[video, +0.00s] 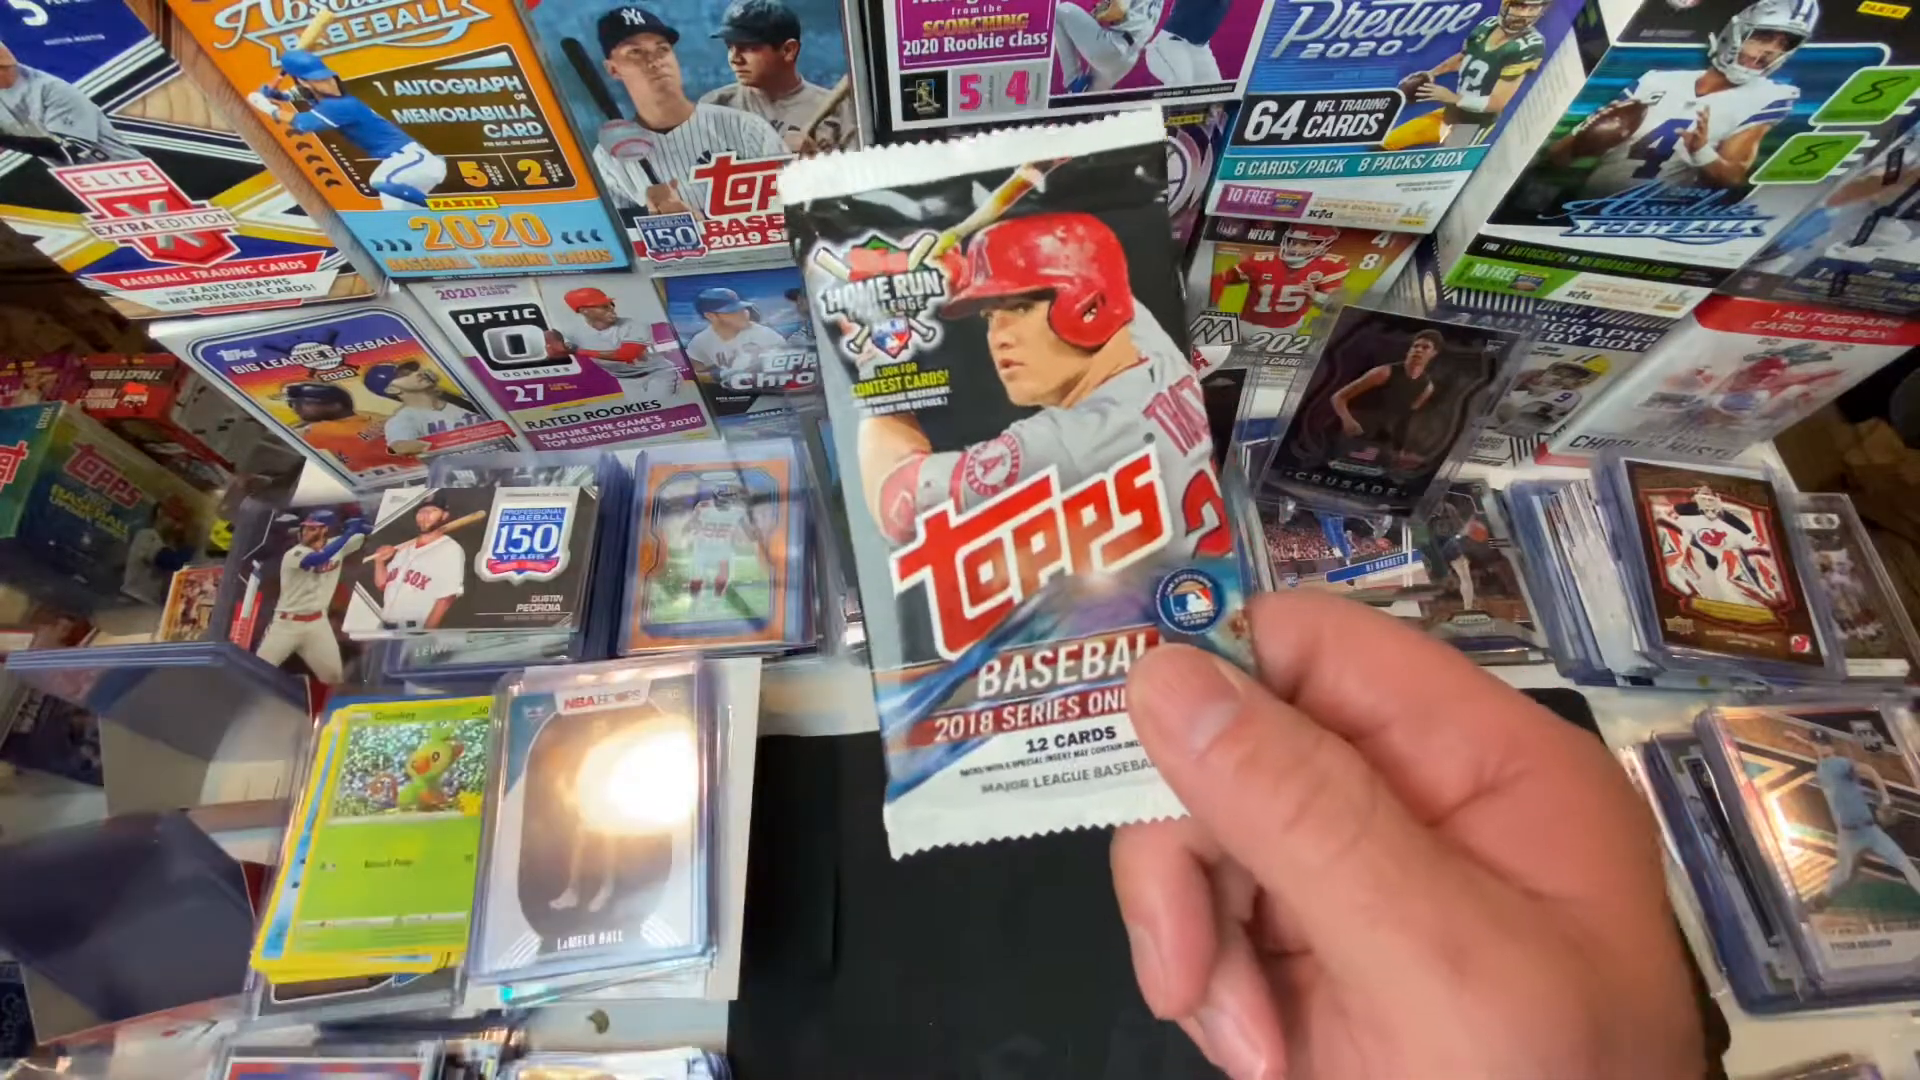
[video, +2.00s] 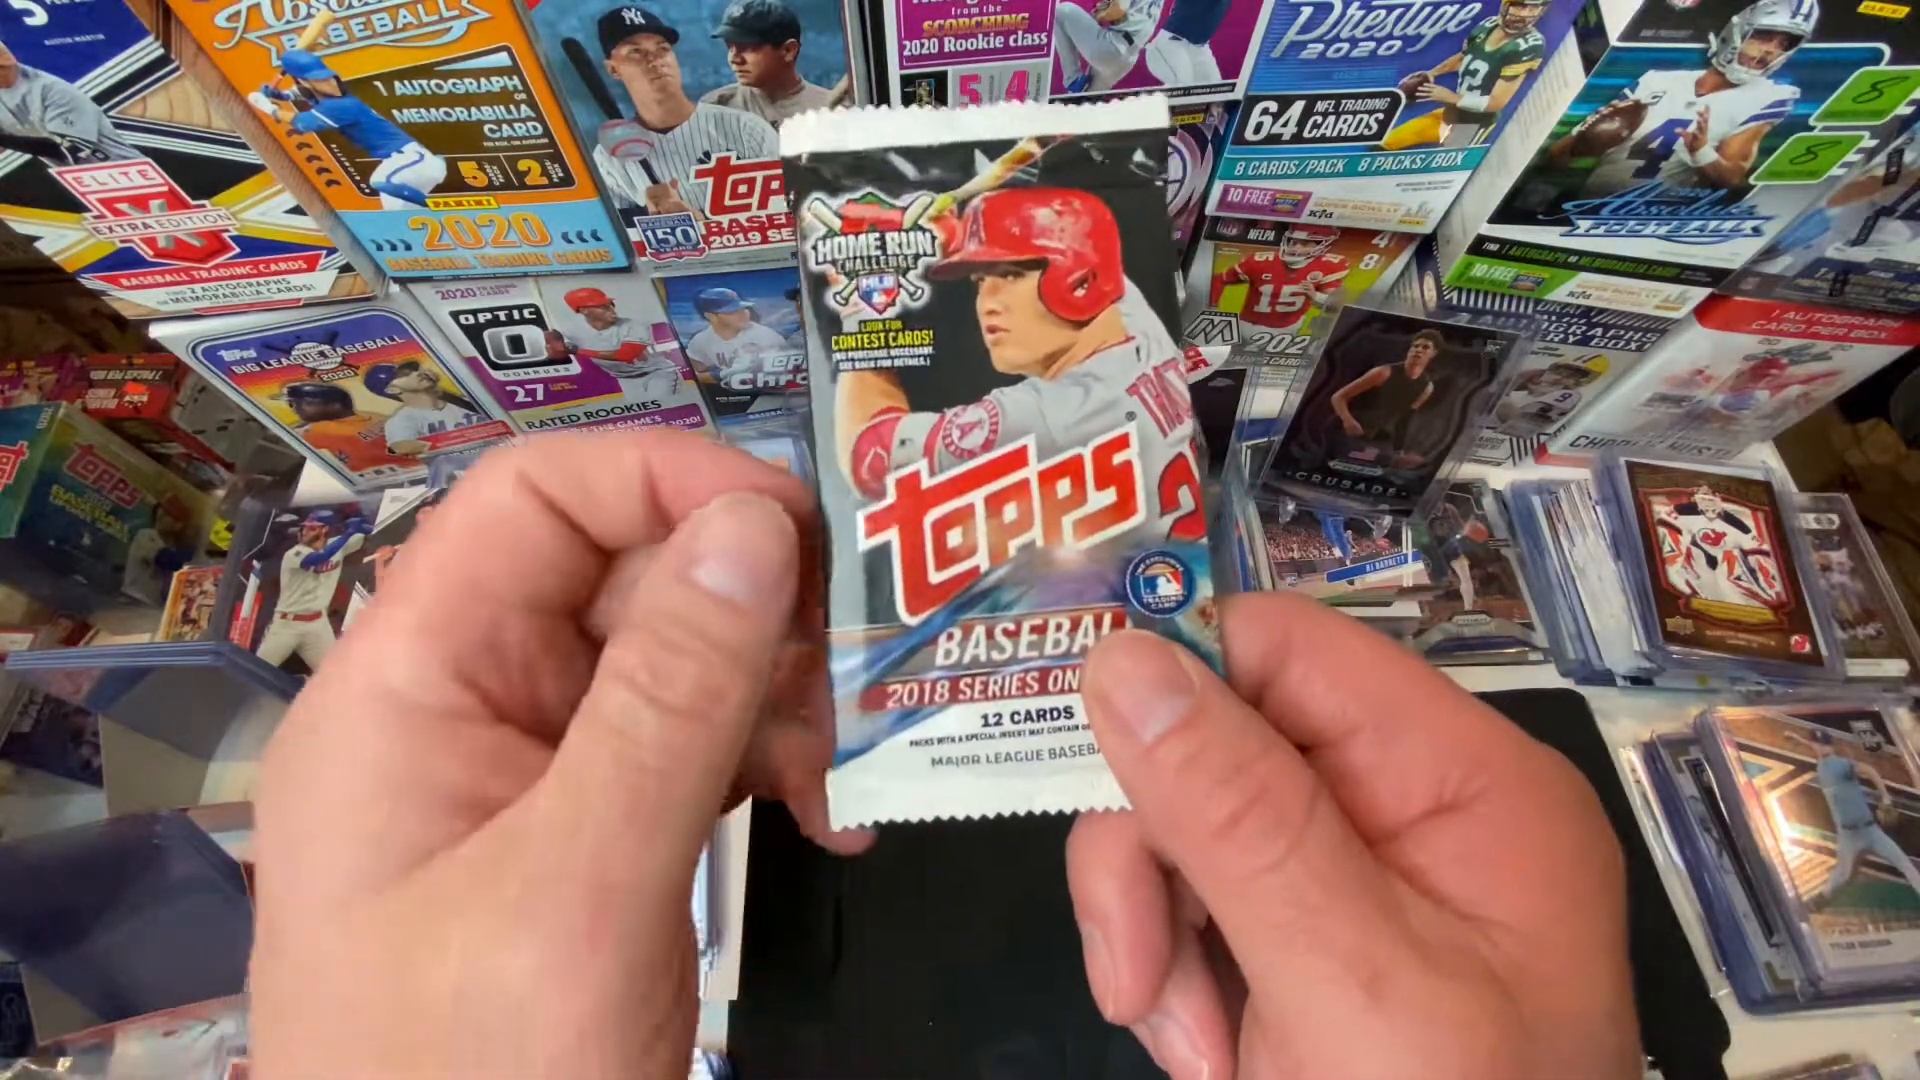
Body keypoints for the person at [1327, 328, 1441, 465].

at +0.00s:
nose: (1418, 350)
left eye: (1425, 347)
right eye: (1416, 346)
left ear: (1434, 354)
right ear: (1410, 349)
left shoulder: (1427, 388)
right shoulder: (1384, 373)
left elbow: (1406, 416)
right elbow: (1338, 398)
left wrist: (1400, 450)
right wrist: (1348, 421)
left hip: (1387, 443)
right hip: (1361, 436)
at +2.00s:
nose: (1419, 350)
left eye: (1426, 347)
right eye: (1416, 346)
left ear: (1434, 354)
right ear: (1410, 349)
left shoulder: (1426, 389)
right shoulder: (1384, 373)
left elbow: (1405, 417)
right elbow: (1338, 397)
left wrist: (1400, 452)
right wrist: (1348, 420)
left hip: (1381, 438)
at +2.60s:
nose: (1418, 351)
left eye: (1425, 347)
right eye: (1415, 346)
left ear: (1434, 354)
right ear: (1409, 349)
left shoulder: (1426, 389)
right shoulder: (1384, 373)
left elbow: (1405, 417)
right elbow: (1338, 398)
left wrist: (1399, 451)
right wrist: (1348, 421)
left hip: (1385, 442)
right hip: (1359, 436)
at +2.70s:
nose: (1418, 351)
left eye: (1425, 347)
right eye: (1415, 346)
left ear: (1433, 354)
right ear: (1409, 349)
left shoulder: (1426, 389)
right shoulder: (1384, 373)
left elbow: (1405, 417)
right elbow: (1338, 398)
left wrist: (1399, 451)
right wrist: (1348, 421)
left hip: (1386, 443)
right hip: (1360, 436)